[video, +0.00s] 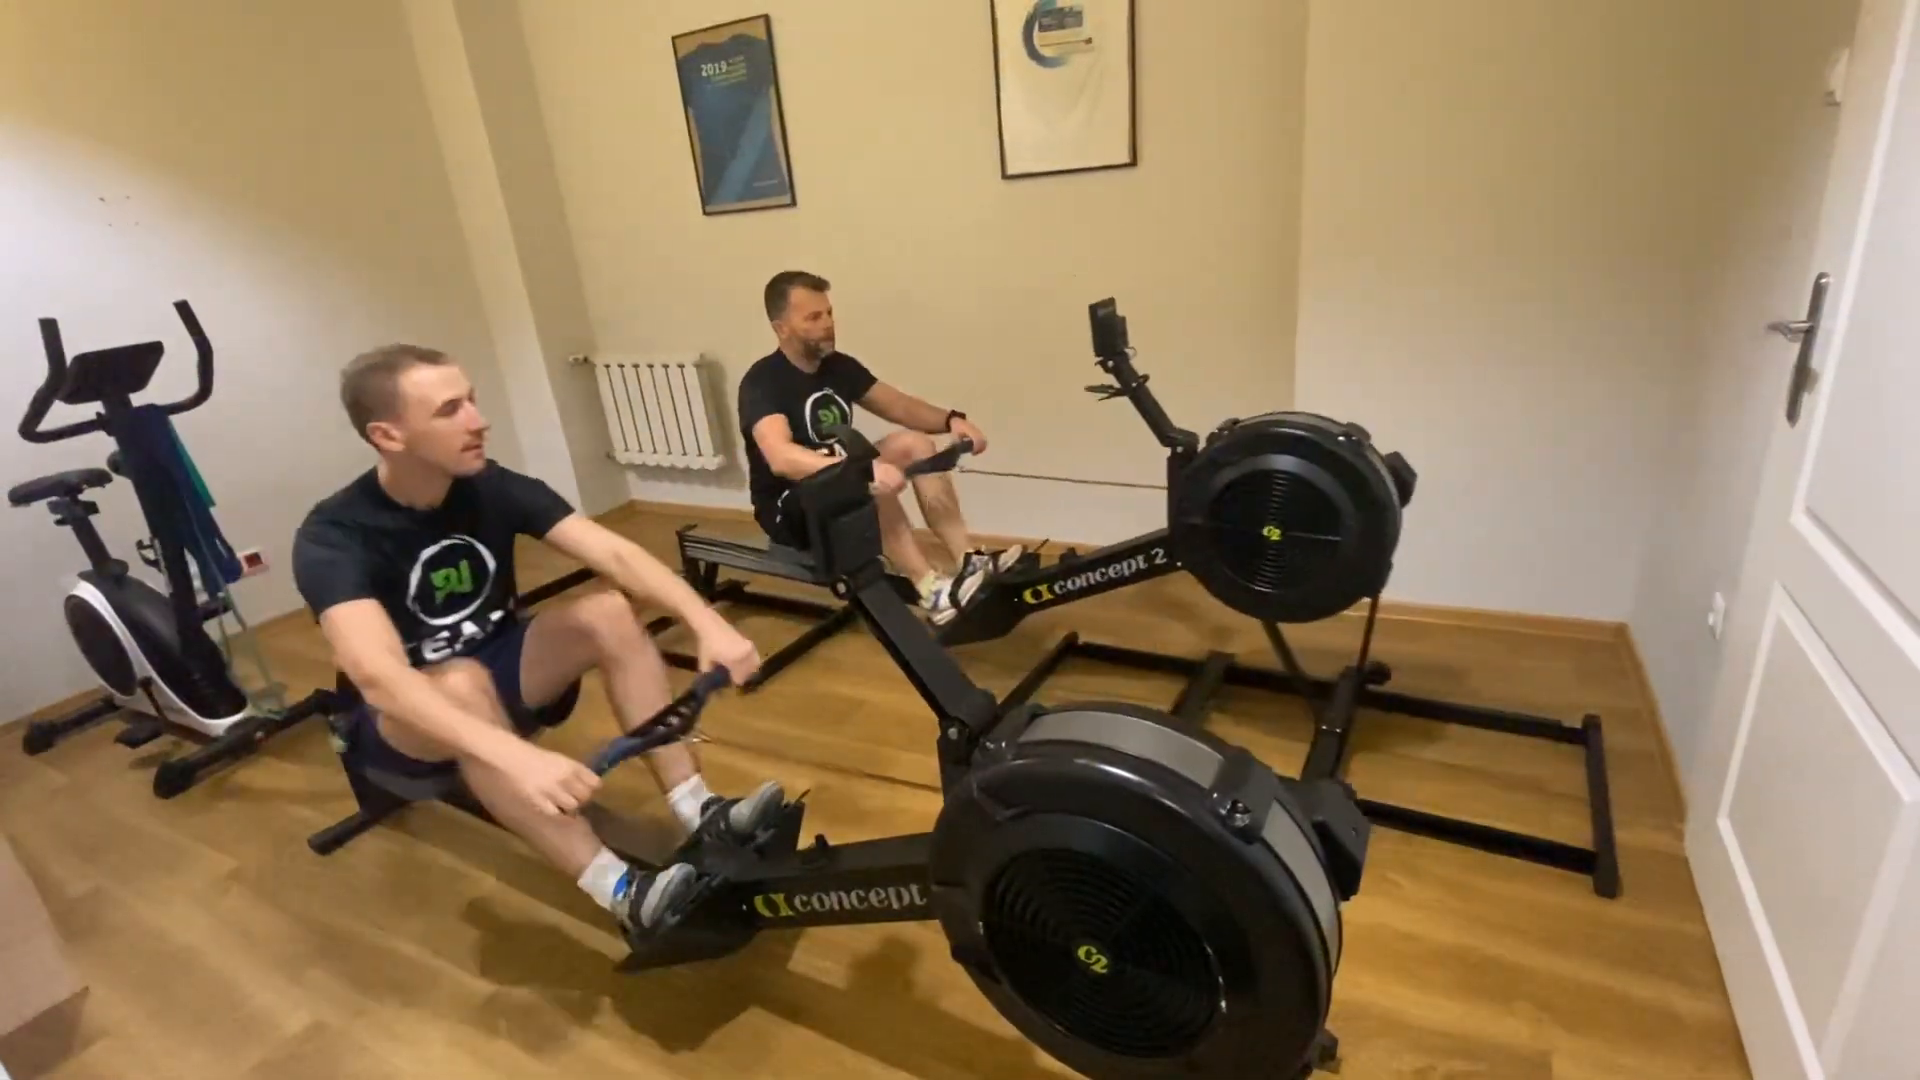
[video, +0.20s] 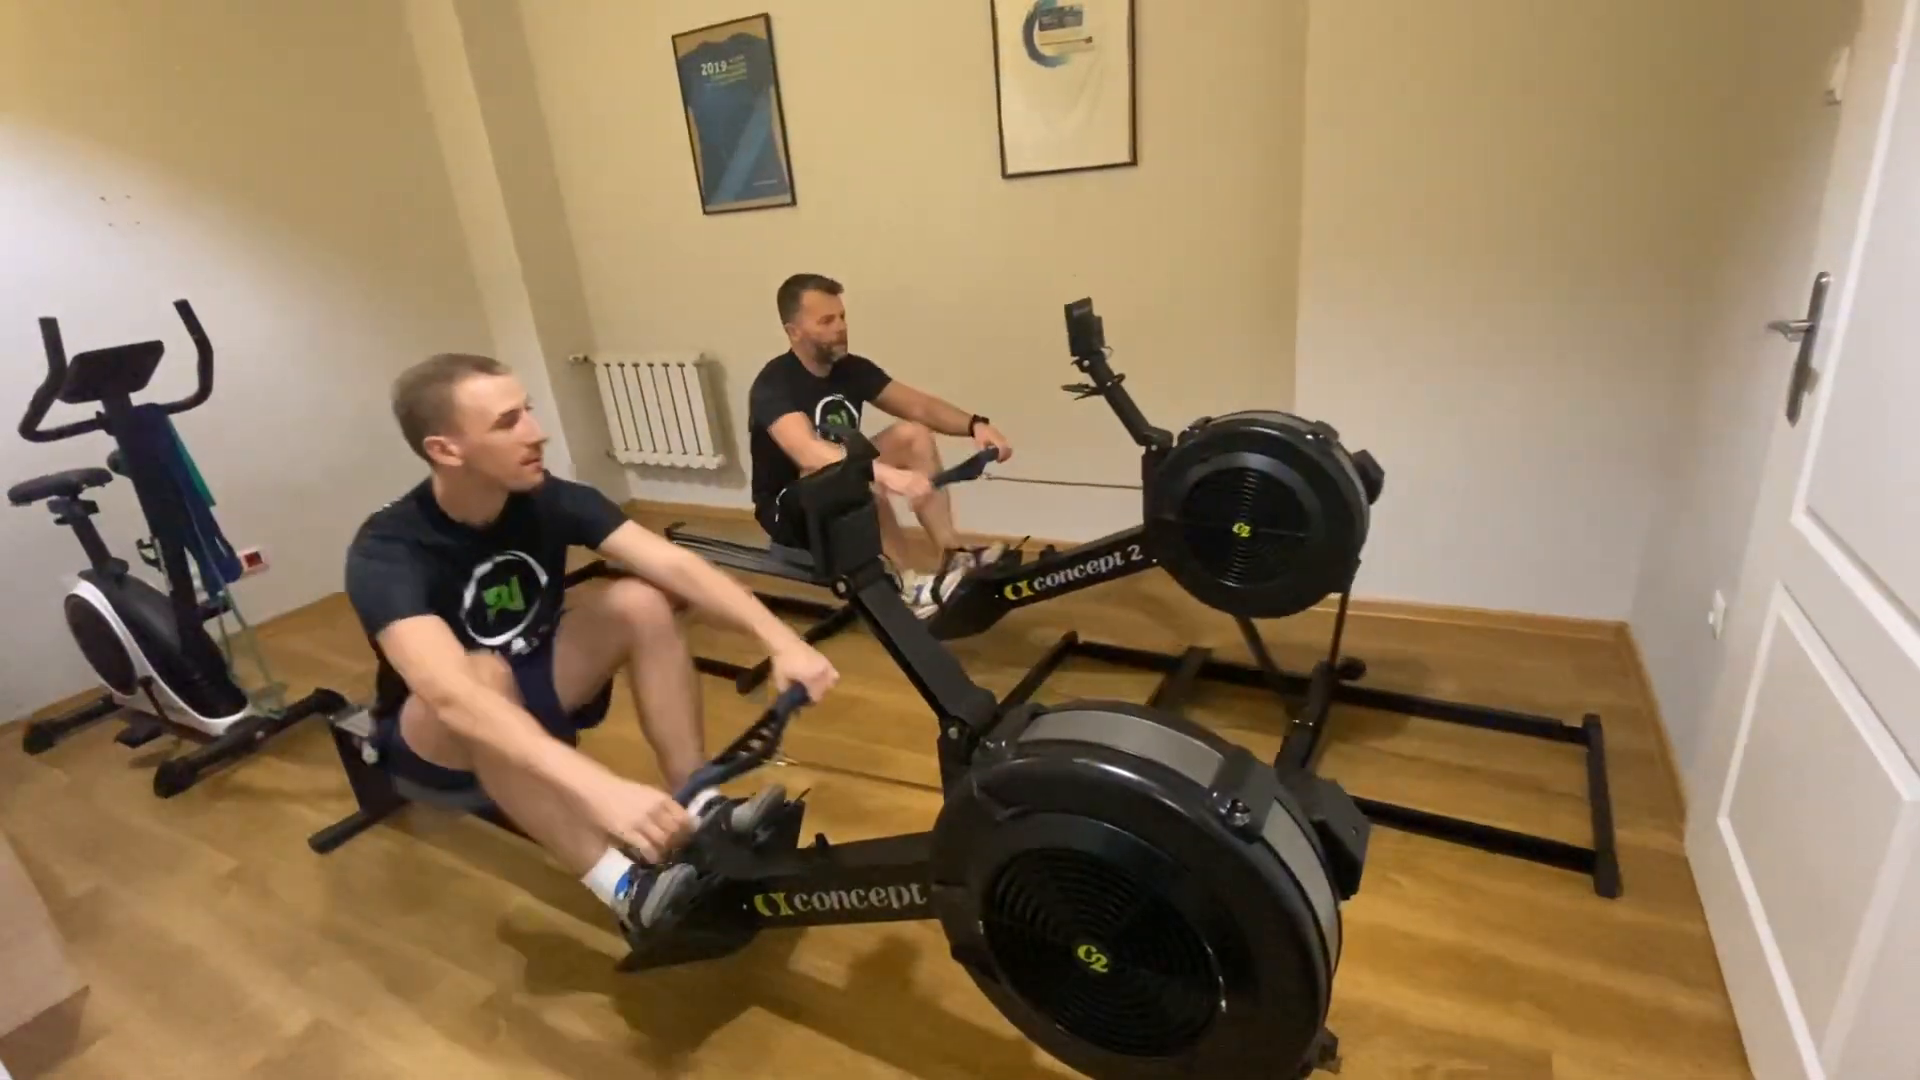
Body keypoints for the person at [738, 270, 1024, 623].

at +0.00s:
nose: (829, 324)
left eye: (829, 314)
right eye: (815, 318)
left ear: (832, 311)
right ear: (782, 328)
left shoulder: (838, 367)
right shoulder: (762, 382)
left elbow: (901, 406)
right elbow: (781, 458)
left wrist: (951, 420)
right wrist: (859, 471)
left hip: (846, 486)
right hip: (791, 506)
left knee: (914, 444)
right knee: (866, 480)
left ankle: (969, 562)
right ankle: (931, 589)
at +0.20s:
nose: (841, 328)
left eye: (842, 317)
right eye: (827, 321)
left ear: (846, 314)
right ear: (794, 331)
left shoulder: (851, 369)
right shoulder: (773, 385)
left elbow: (919, 407)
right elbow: (810, 455)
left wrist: (975, 425)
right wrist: (886, 475)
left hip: (846, 489)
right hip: (791, 513)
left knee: (913, 437)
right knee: (859, 484)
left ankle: (953, 556)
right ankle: (908, 582)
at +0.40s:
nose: (857, 331)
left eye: (857, 320)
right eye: (843, 323)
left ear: (861, 319)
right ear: (808, 335)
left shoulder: (867, 371)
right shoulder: (791, 390)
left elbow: (941, 405)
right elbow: (842, 453)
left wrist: (1002, 429)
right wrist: (923, 480)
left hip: (848, 499)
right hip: (793, 517)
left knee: (913, 425)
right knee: (837, 457)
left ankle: (938, 551)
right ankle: (883, 573)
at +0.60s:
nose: (873, 337)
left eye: (873, 326)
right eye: (858, 330)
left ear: (876, 324)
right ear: (824, 342)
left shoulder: (880, 377)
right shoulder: (810, 397)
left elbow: (963, 407)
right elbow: (874, 444)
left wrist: (1031, 433)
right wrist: (953, 479)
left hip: (848, 502)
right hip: (794, 518)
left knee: (916, 421)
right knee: (843, 442)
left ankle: (927, 548)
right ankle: (874, 566)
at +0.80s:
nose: (866, 330)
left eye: (866, 320)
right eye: (852, 323)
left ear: (869, 321)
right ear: (818, 338)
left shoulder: (873, 374)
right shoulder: (806, 394)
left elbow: (954, 406)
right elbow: (874, 444)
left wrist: (1021, 425)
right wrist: (955, 473)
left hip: (844, 492)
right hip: (792, 510)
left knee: (917, 428)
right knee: (841, 462)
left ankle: (945, 554)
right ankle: (897, 579)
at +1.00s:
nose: (829, 318)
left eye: (829, 308)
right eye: (815, 312)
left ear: (831, 306)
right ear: (781, 325)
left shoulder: (843, 366)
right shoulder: (768, 382)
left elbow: (905, 399)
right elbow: (832, 429)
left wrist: (974, 413)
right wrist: (904, 452)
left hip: (847, 480)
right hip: (790, 502)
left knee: (927, 459)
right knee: (865, 497)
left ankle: (989, 564)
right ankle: (952, 595)